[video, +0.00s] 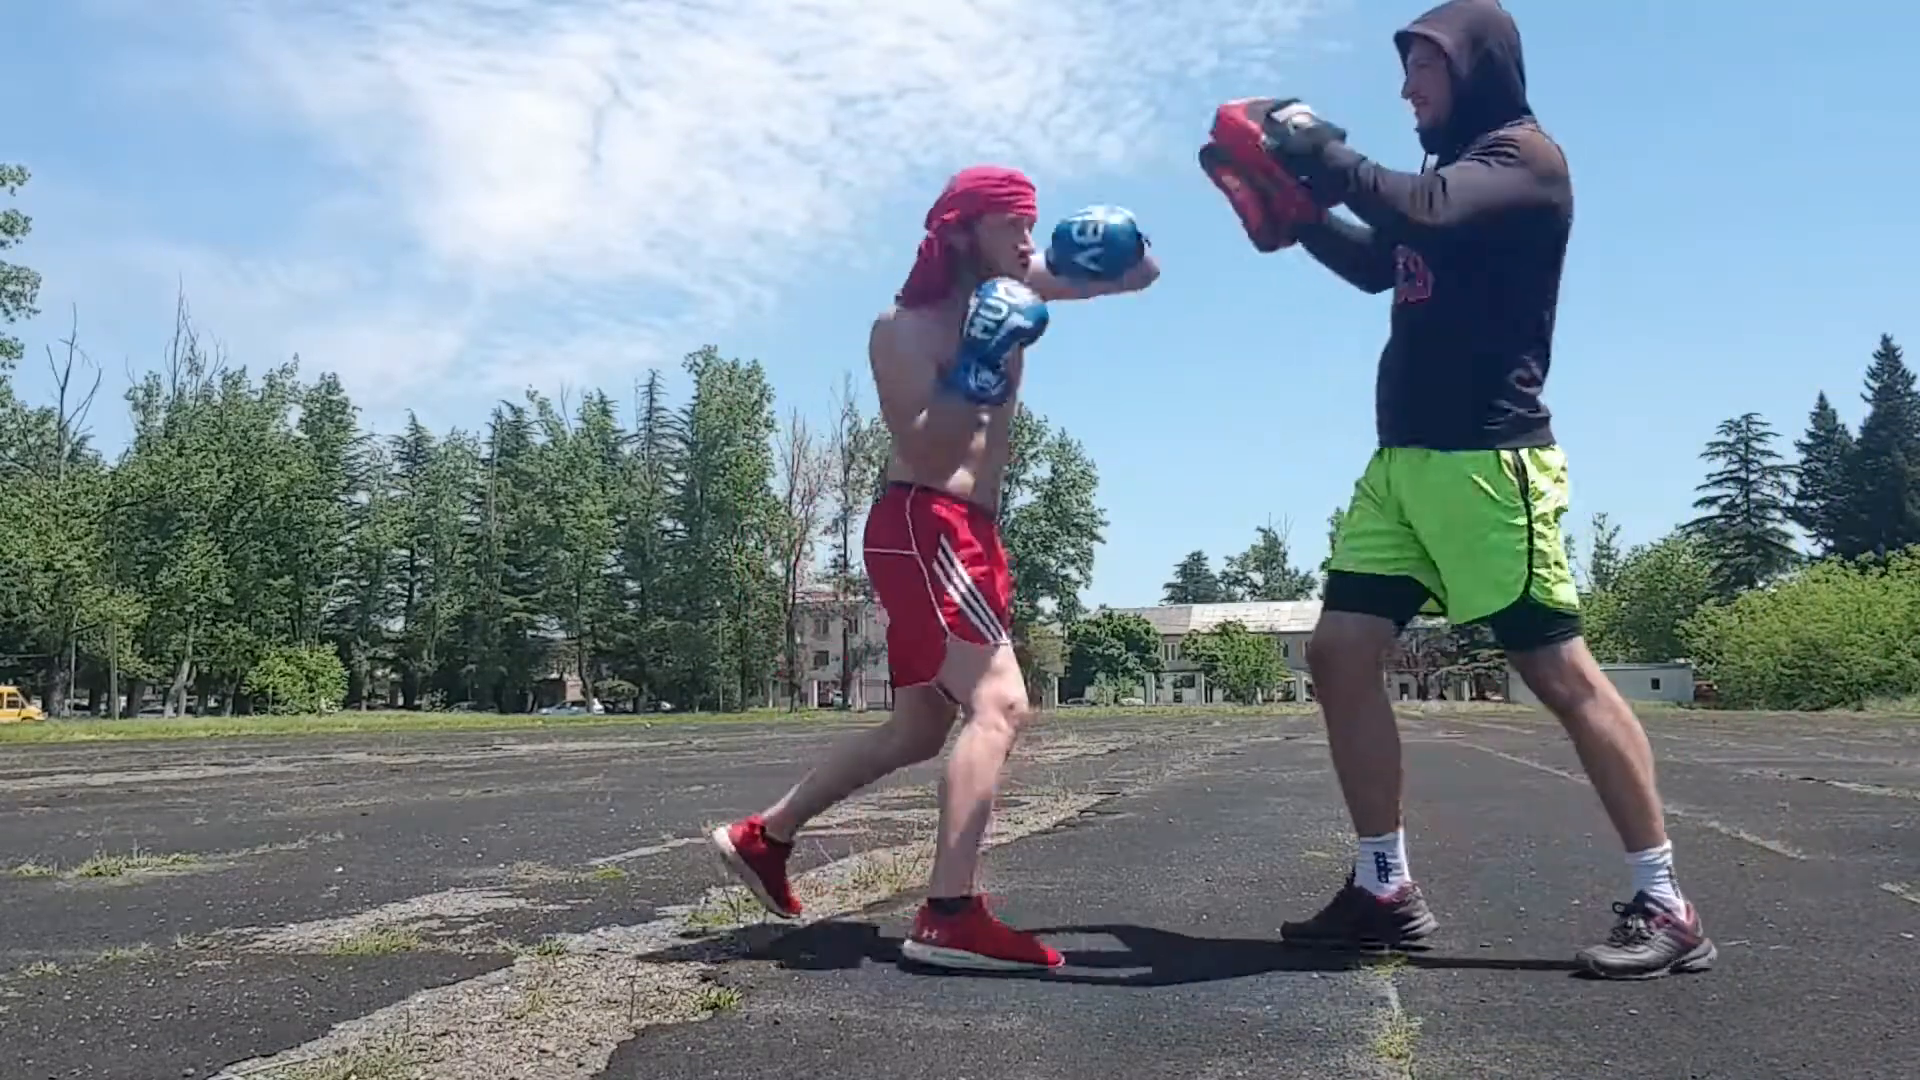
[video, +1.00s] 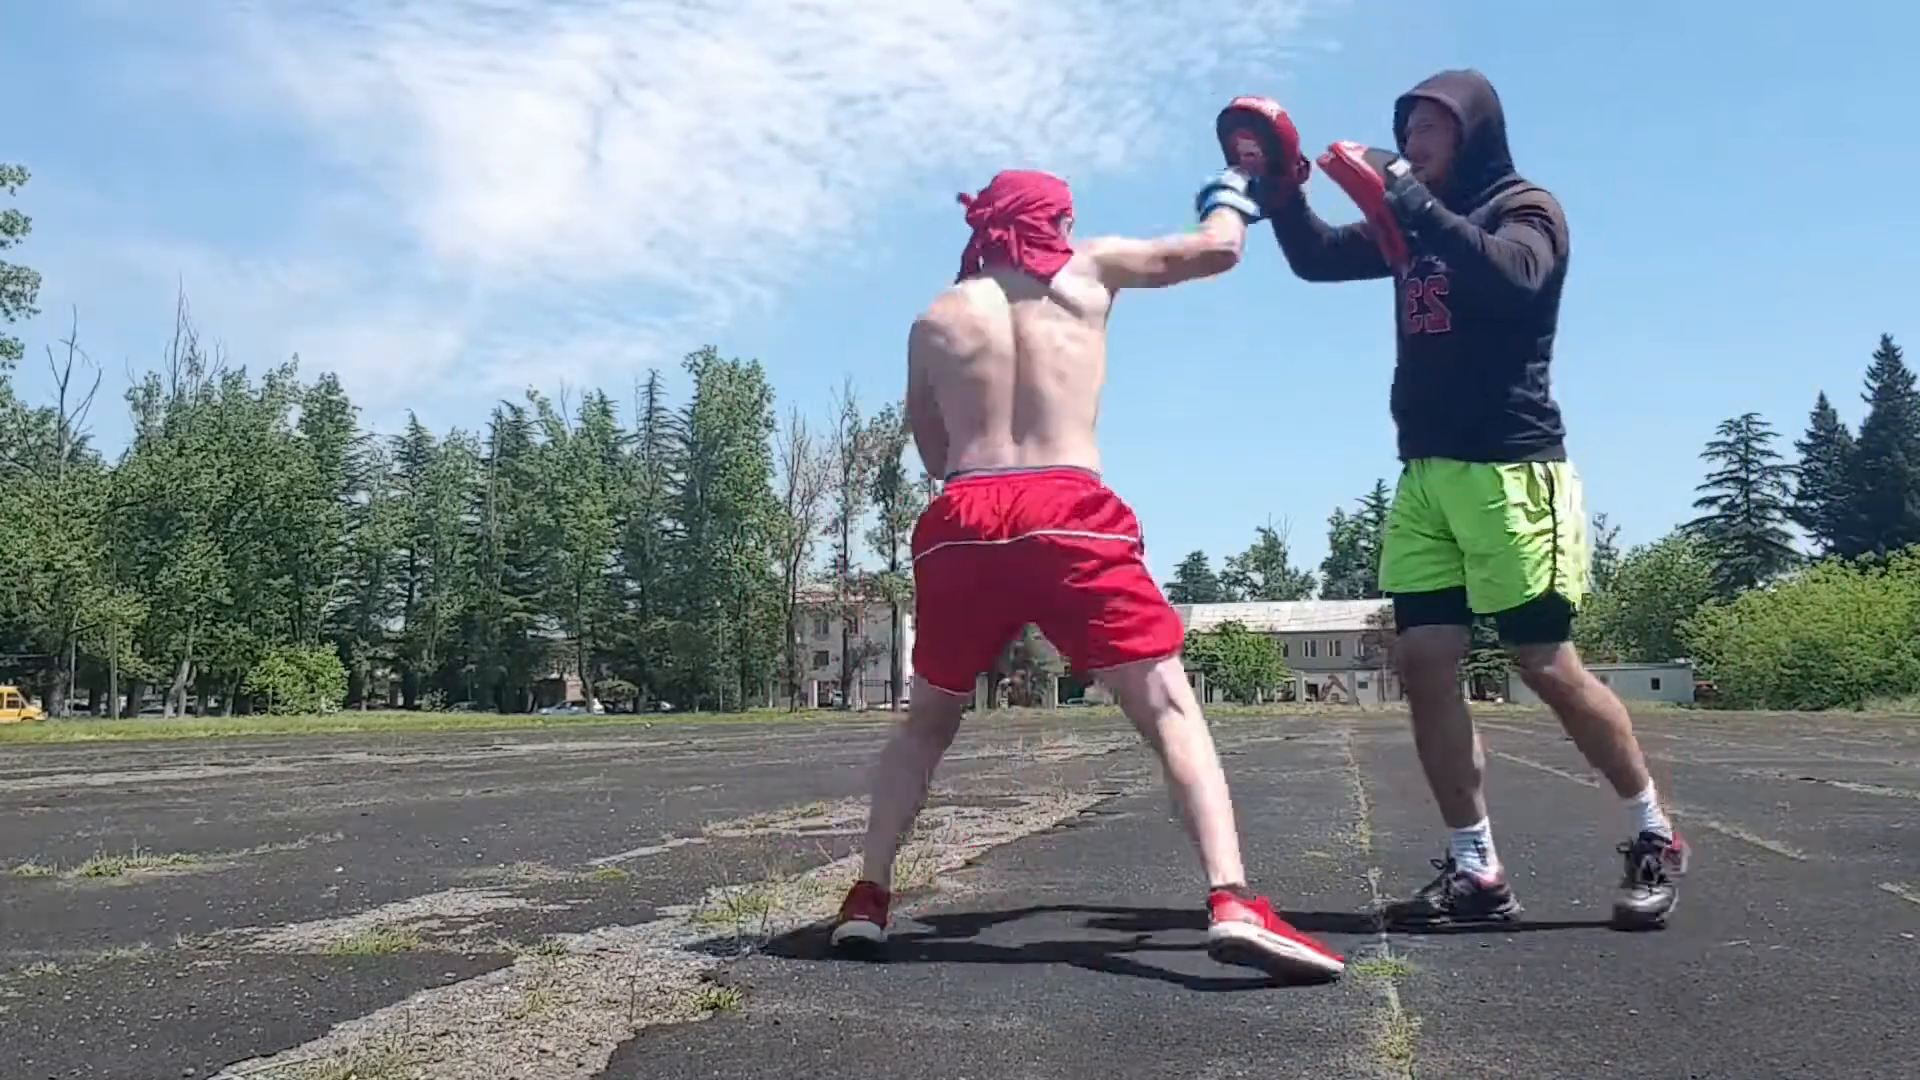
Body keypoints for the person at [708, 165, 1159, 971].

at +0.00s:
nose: (1028, 243)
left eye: (1027, 228)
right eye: (1014, 227)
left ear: (999, 237)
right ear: (963, 232)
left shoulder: (1007, 296)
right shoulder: (902, 330)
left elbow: (1137, 276)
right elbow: (921, 448)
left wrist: (1122, 250)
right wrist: (983, 362)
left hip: (971, 530)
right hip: (921, 525)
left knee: (915, 730)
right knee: (999, 702)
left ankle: (767, 833)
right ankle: (951, 909)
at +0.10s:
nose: (1042, 240)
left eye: (1041, 225)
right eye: (1028, 224)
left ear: (1001, 237)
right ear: (978, 229)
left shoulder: (987, 320)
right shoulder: (916, 304)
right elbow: (930, 402)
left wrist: (1085, 357)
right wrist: (999, 351)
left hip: (953, 534)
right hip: (916, 532)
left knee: (948, 709)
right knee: (1009, 704)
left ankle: (835, 843)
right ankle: (952, 907)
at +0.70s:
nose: (1031, 253)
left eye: (1030, 238)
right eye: (1022, 238)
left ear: (951, 243)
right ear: (985, 236)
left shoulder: (894, 319)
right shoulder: (971, 280)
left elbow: (938, 415)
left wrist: (998, 386)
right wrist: (1059, 309)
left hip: (867, 525)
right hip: (943, 515)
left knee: (866, 712)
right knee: (1067, 684)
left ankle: (785, 874)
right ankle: (1050, 873)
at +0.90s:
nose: (1068, 235)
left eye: (1066, 222)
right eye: (1064, 221)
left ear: (983, 222)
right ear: (1039, 218)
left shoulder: (921, 301)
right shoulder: (1045, 262)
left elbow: (942, 417)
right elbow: (1135, 312)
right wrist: (1162, 268)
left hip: (914, 505)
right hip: (1012, 494)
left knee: (904, 706)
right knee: (1147, 681)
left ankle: (863, 881)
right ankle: (1130, 838)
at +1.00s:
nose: (1069, 239)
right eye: (1064, 227)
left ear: (981, 234)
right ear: (1055, 232)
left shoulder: (934, 319)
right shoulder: (1089, 265)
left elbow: (936, 456)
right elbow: (1219, 250)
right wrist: (1230, 196)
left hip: (960, 521)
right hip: (1071, 510)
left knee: (924, 719)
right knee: (1168, 711)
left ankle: (867, 895)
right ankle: (1233, 899)